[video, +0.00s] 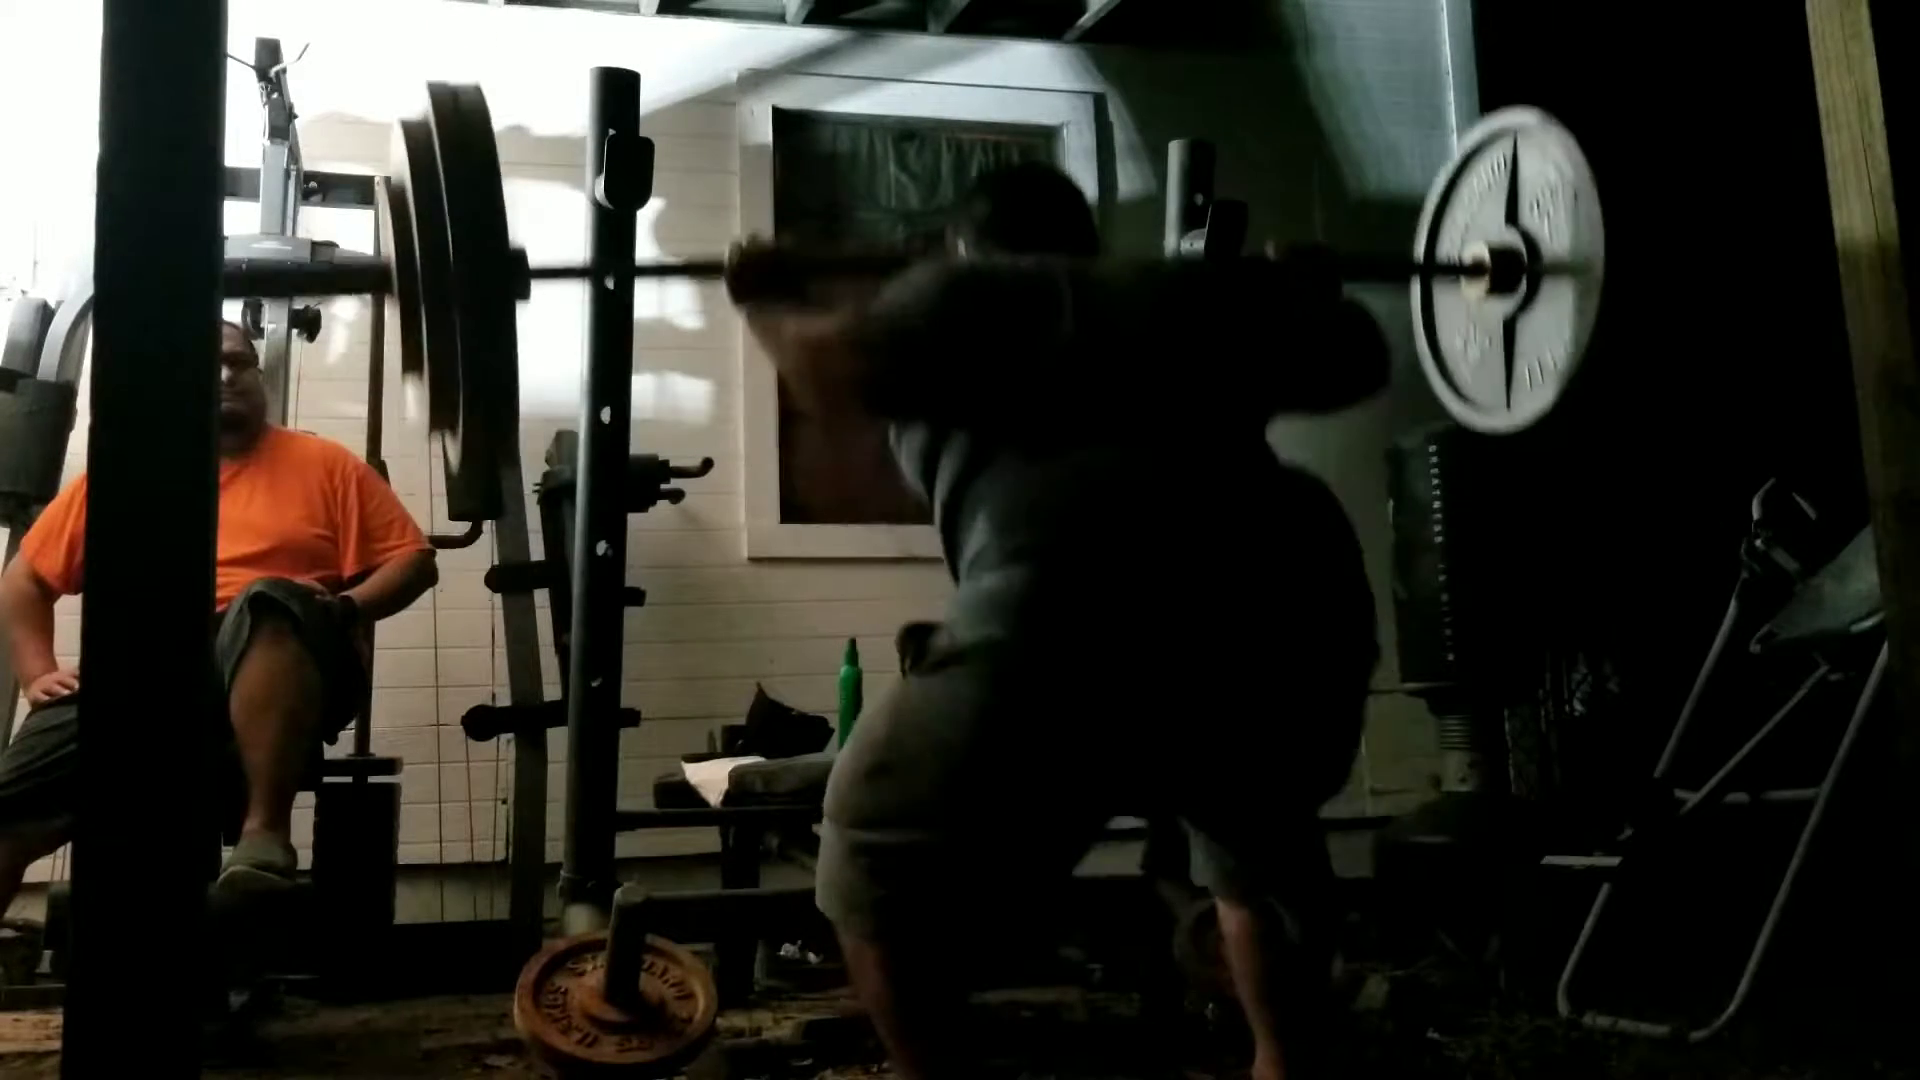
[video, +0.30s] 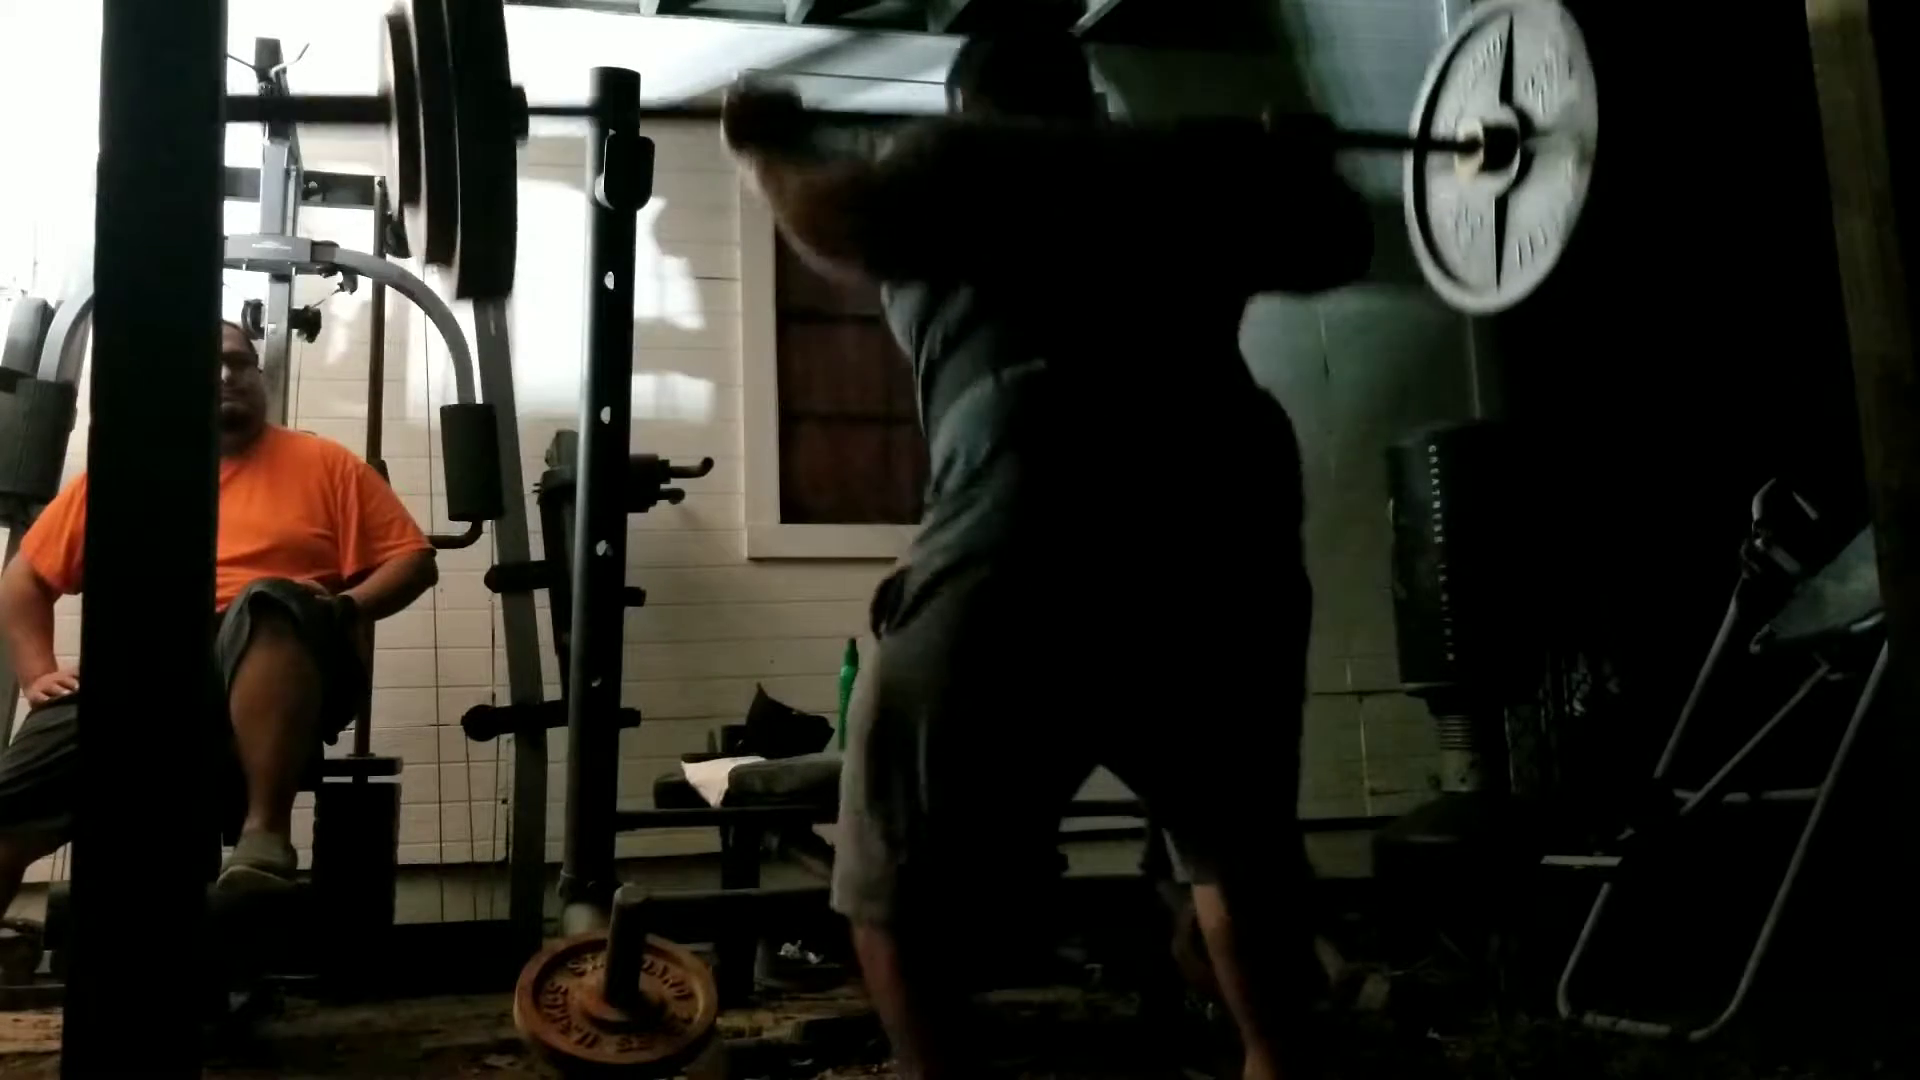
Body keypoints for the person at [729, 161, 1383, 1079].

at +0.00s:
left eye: (945, 247)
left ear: (960, 247)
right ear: (1092, 241)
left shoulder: (943, 308)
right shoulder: (1182, 301)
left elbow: (826, 367)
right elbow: (1356, 360)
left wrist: (767, 299)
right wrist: (1289, 279)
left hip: (1057, 620)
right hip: (1274, 608)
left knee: (877, 848)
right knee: (1256, 828)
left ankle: (924, 1062)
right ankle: (1284, 1058)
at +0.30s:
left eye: (961, 94)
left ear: (964, 103)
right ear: (1089, 98)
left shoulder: (935, 162)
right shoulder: (1181, 169)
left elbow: (836, 226)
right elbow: (1338, 246)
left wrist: (767, 149)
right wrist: (1300, 155)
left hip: (1018, 539)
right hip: (1222, 538)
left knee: (893, 865)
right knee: (1239, 839)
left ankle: (933, 1063)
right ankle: (1275, 1059)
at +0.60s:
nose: (935, 23)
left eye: (938, 11)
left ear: (962, 10)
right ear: (1089, 5)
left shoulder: (938, 76)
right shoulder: (1185, 82)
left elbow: (850, 155)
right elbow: (1334, 164)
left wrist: (755, 56)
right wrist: (1303, 78)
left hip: (1013, 478)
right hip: (1208, 475)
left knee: (960, 828)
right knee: (1244, 822)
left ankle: (952, 1066)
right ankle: (1279, 1059)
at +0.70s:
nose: (933, 27)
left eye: (936, 15)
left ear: (962, 11)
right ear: (1088, 5)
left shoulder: (939, 78)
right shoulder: (1184, 84)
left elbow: (854, 158)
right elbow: (1335, 171)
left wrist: (758, 61)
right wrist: (1308, 83)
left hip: (1009, 492)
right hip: (1206, 486)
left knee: (959, 849)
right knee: (1247, 834)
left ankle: (952, 1063)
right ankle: (1279, 1056)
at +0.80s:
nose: (935, 23)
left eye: (940, 11)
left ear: (965, 8)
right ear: (1090, 2)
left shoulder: (942, 74)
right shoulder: (1184, 83)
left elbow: (859, 155)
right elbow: (1338, 169)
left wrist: (760, 58)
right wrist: (1308, 85)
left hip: (1009, 485)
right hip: (1200, 479)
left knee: (956, 839)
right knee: (1240, 823)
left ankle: (952, 1066)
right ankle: (1281, 1060)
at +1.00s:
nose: (937, 25)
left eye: (941, 13)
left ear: (967, 10)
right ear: (1092, 4)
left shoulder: (946, 77)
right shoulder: (1185, 87)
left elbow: (863, 160)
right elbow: (1336, 177)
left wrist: (764, 59)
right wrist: (1311, 87)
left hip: (1012, 487)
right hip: (1204, 482)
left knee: (960, 841)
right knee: (1242, 826)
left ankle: (954, 1063)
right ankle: (1283, 1057)